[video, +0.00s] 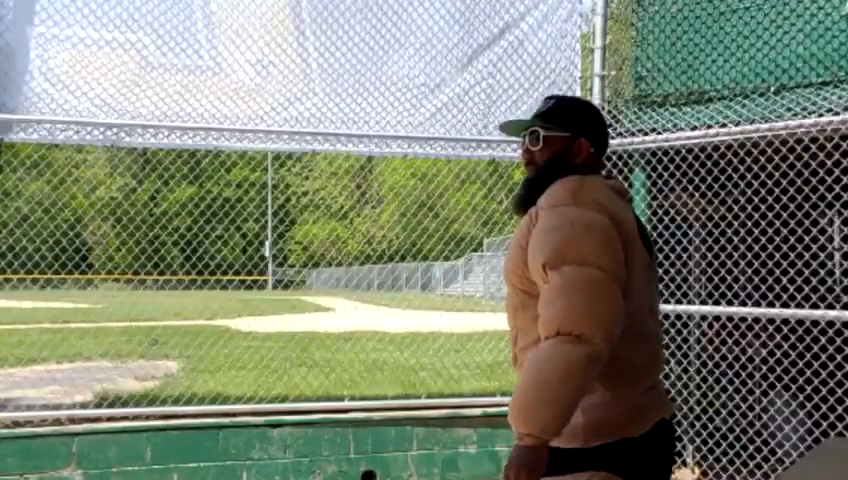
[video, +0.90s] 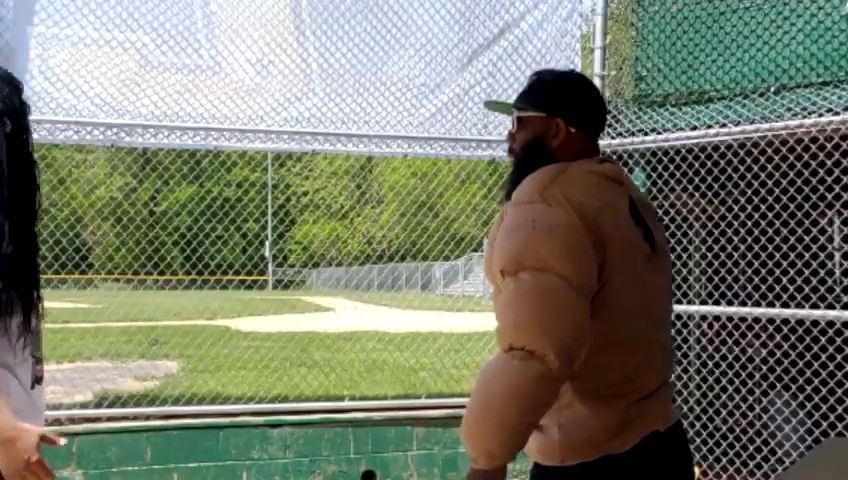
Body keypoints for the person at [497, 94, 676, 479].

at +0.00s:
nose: (525, 150)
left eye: (539, 137)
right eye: (527, 138)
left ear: (581, 149)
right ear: (583, 152)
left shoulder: (572, 205)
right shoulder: (596, 200)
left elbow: (577, 330)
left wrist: (530, 434)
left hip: (595, 441)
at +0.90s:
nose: (509, 137)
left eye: (520, 124)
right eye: (512, 124)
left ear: (557, 130)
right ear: (565, 132)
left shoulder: (547, 200)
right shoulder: (621, 194)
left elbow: (538, 345)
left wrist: (487, 455)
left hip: (587, 456)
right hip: (656, 440)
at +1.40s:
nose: (543, 135)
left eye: (553, 123)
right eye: (546, 123)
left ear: (587, 128)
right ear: (621, 133)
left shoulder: (569, 200)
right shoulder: (676, 201)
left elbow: (535, 345)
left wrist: (482, 447)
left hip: (597, 452)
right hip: (685, 435)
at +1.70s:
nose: (567, 135)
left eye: (576, 122)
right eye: (570, 122)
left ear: (610, 127)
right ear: (646, 133)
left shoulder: (591, 197)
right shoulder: (700, 201)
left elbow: (556, 343)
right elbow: (727, 329)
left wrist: (507, 446)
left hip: (615, 455)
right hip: (705, 444)